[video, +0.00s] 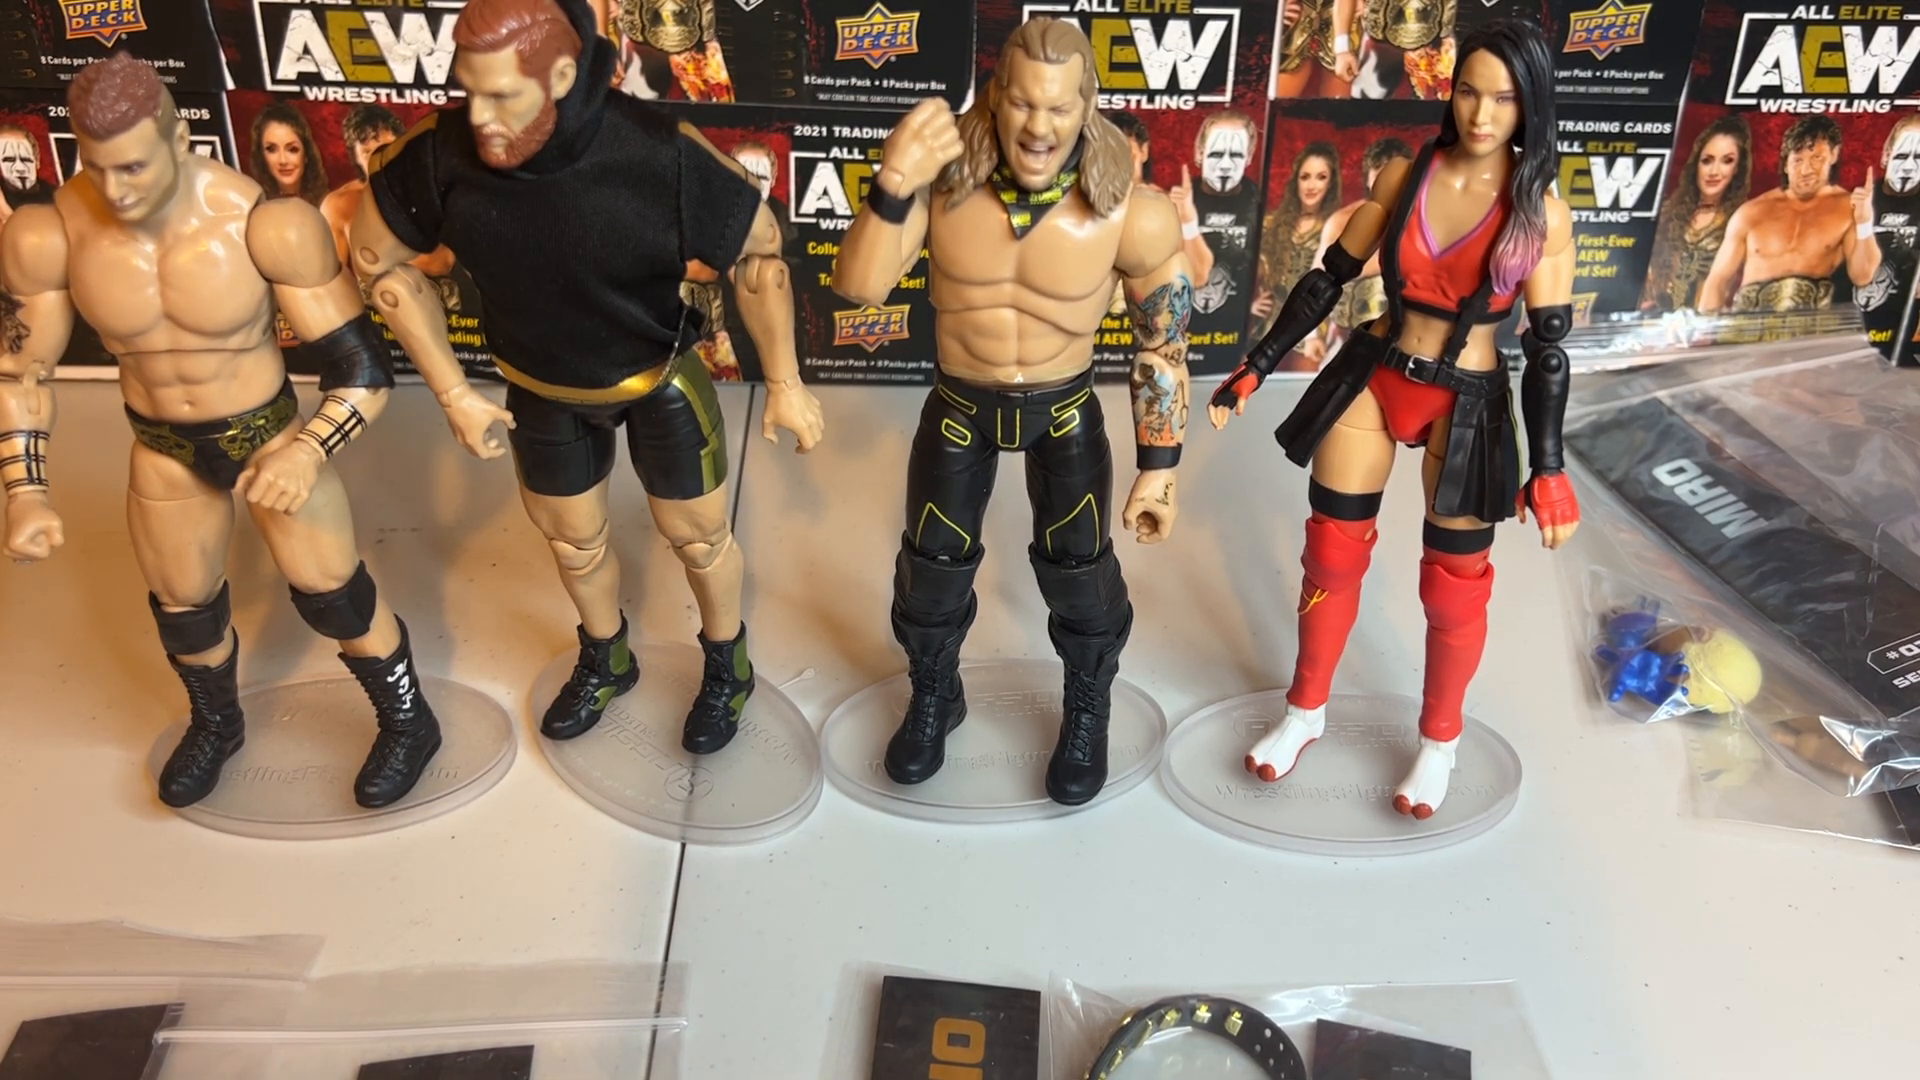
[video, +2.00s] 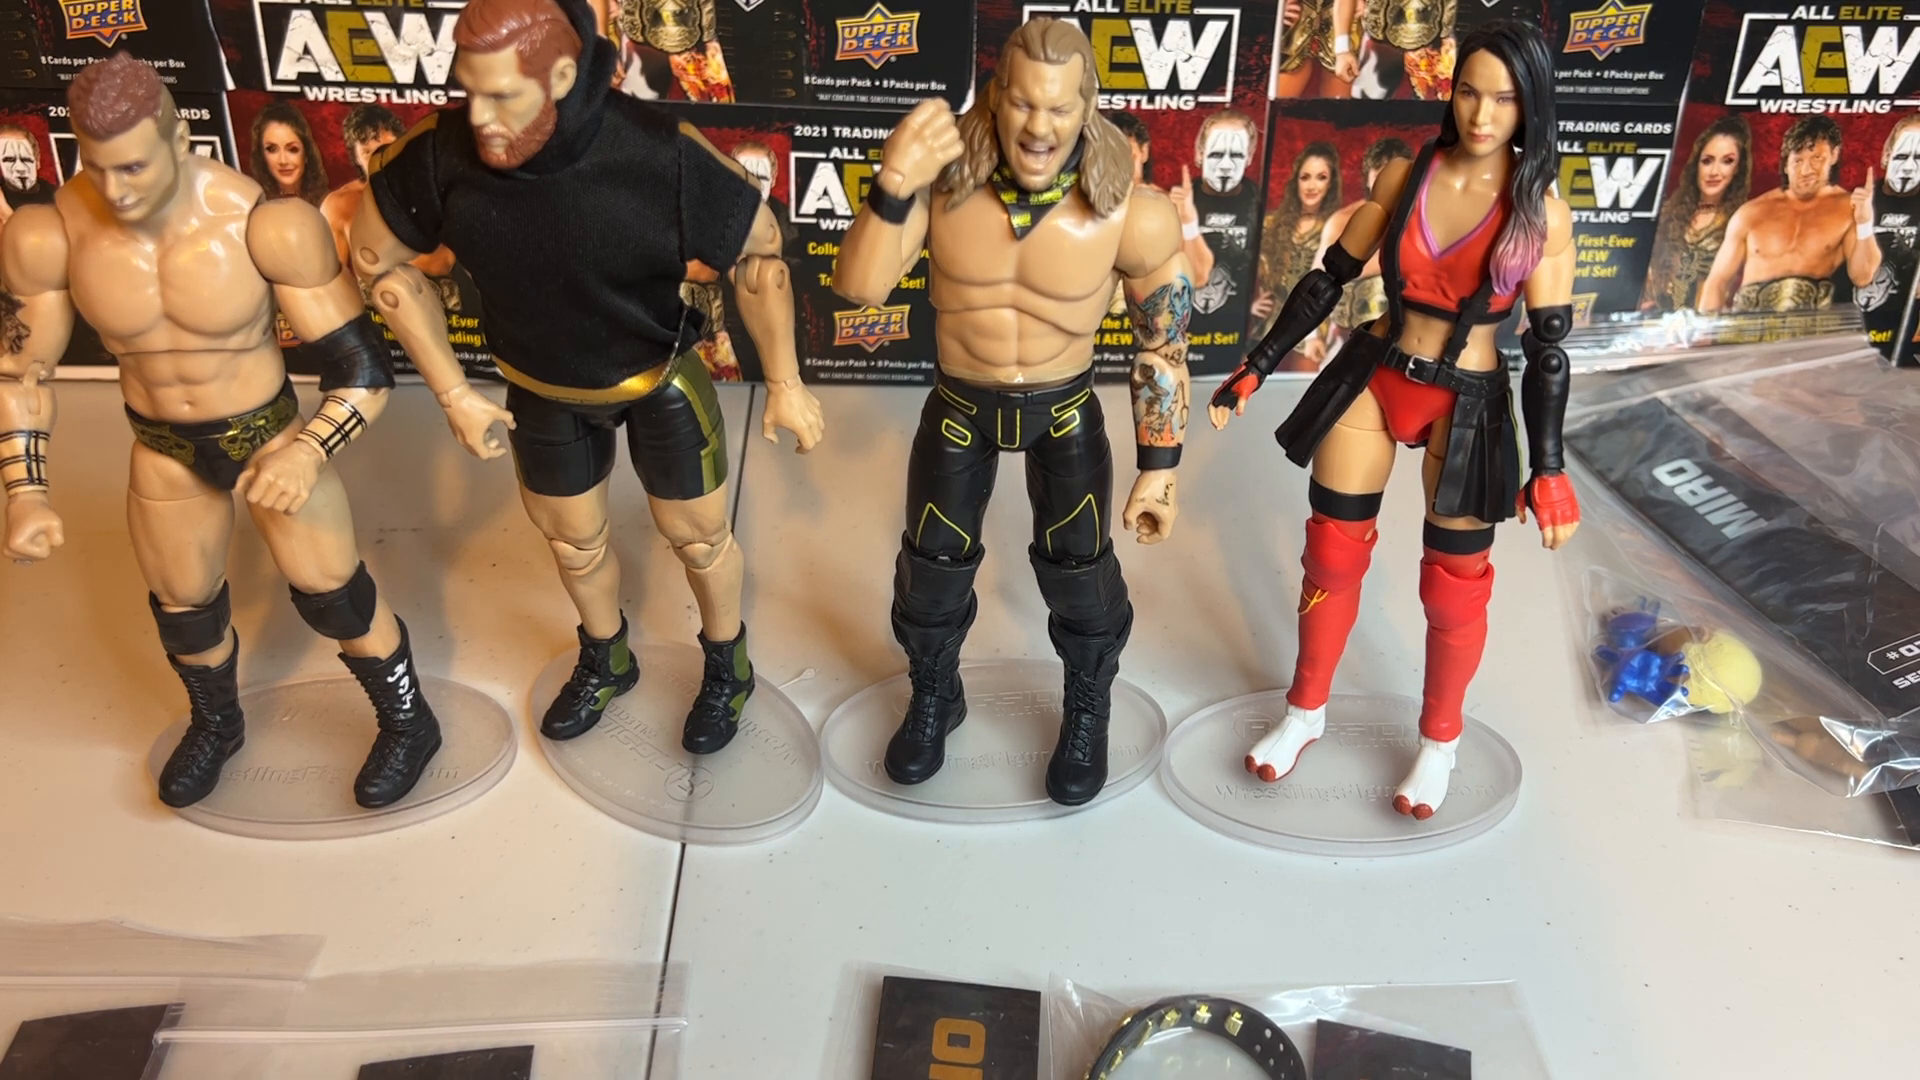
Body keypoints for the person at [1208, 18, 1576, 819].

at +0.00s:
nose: (1479, 113)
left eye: (1501, 99)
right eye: (1469, 93)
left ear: (1528, 108)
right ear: (1450, 93)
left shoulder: (1540, 208)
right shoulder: (1406, 174)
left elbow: (1549, 343)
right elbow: (1333, 273)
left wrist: (1549, 464)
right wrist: (1257, 363)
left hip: (1466, 405)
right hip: (1371, 383)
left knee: (1454, 591)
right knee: (1331, 560)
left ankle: (1438, 742)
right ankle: (1305, 710)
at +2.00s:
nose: (1480, 113)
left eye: (1501, 99)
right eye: (1469, 94)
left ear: (1528, 108)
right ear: (1451, 94)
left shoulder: (1540, 209)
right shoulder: (1406, 175)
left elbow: (1549, 345)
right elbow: (1333, 274)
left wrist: (1549, 466)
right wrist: (1256, 365)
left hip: (1467, 404)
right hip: (1372, 382)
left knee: (1454, 591)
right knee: (1331, 560)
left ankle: (1438, 742)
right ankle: (1304, 710)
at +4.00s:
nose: (1480, 113)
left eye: (1501, 99)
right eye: (1469, 93)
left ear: (1529, 108)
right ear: (1450, 93)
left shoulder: (1540, 209)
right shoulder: (1407, 174)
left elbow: (1549, 345)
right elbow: (1333, 273)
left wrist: (1549, 466)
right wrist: (1257, 363)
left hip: (1466, 404)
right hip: (1371, 382)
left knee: (1454, 591)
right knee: (1331, 560)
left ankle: (1438, 742)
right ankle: (1304, 710)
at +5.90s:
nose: (1480, 113)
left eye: (1501, 98)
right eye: (1469, 93)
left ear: (1529, 108)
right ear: (1451, 94)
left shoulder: (1540, 208)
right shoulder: (1406, 174)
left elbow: (1549, 344)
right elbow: (1333, 273)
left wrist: (1549, 466)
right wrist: (1256, 364)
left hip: (1467, 404)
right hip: (1372, 382)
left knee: (1454, 590)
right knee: (1331, 559)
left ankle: (1438, 742)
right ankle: (1304, 710)